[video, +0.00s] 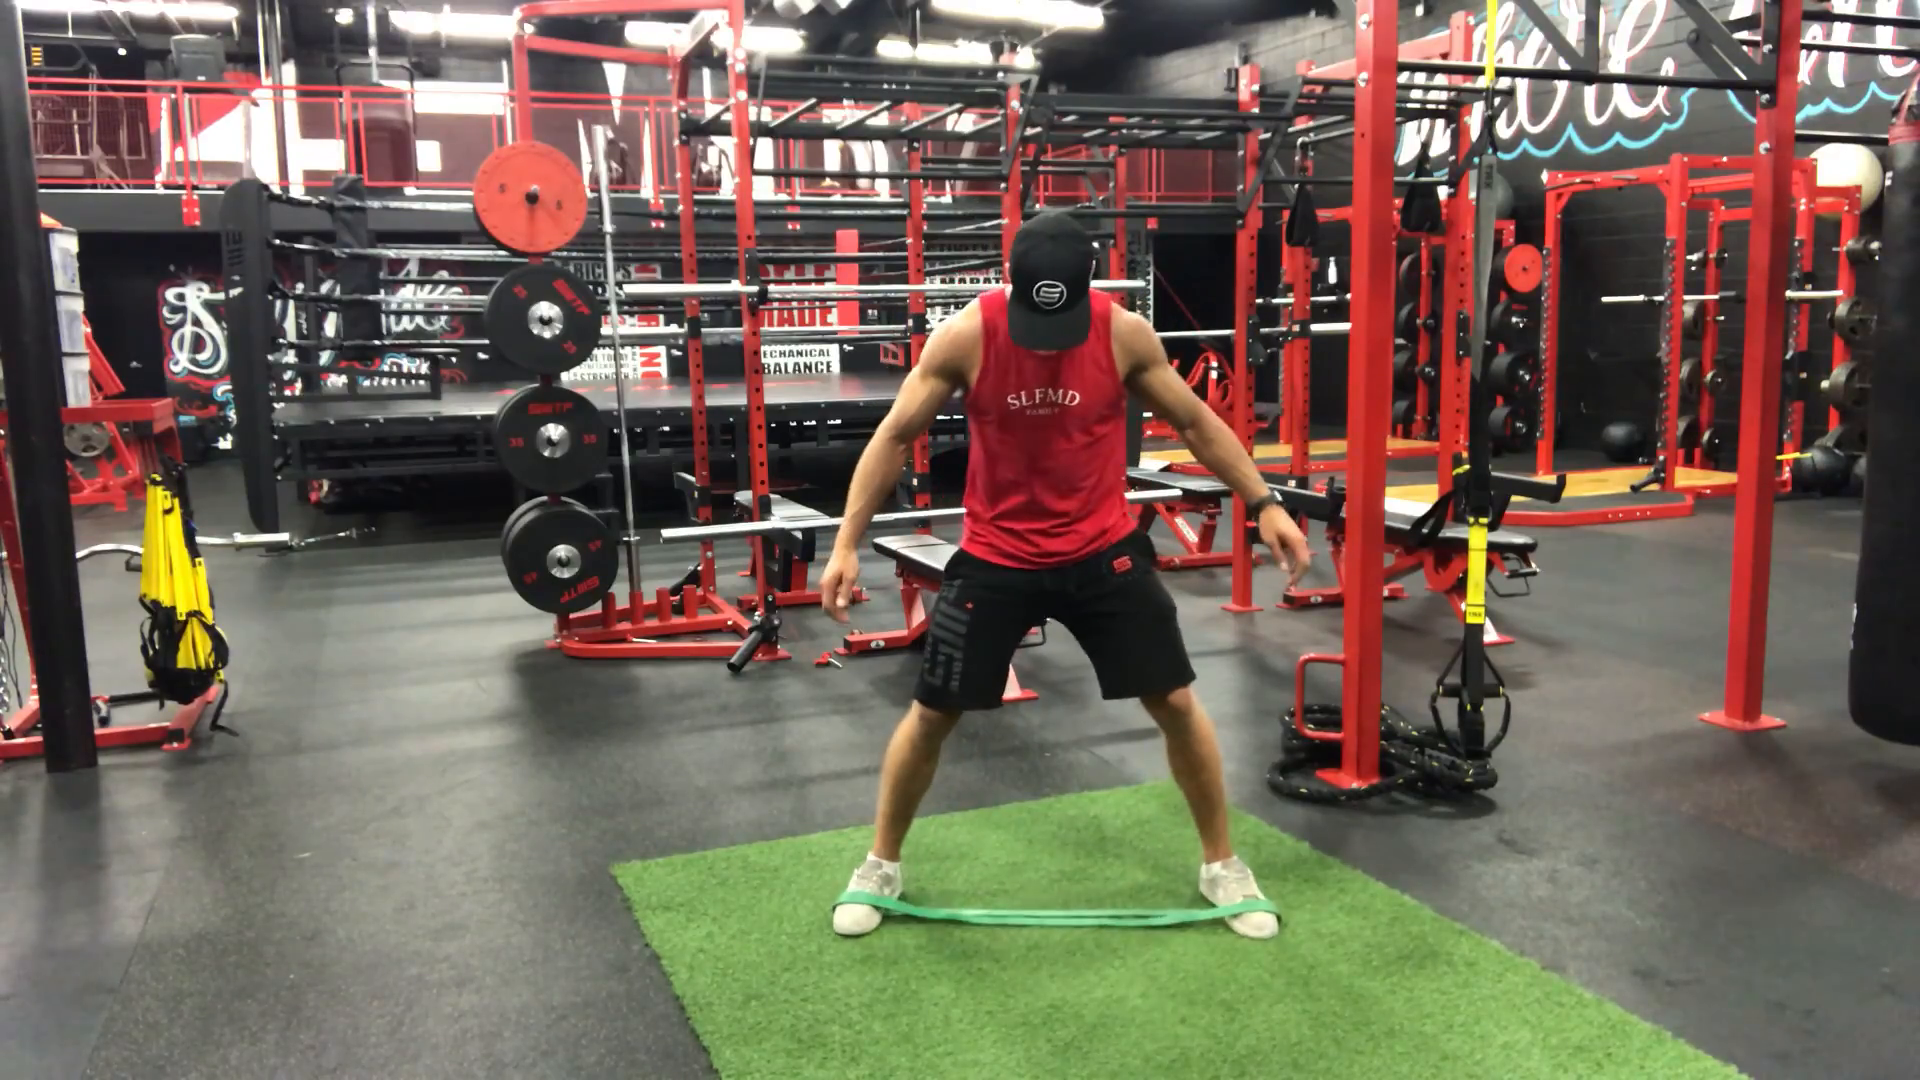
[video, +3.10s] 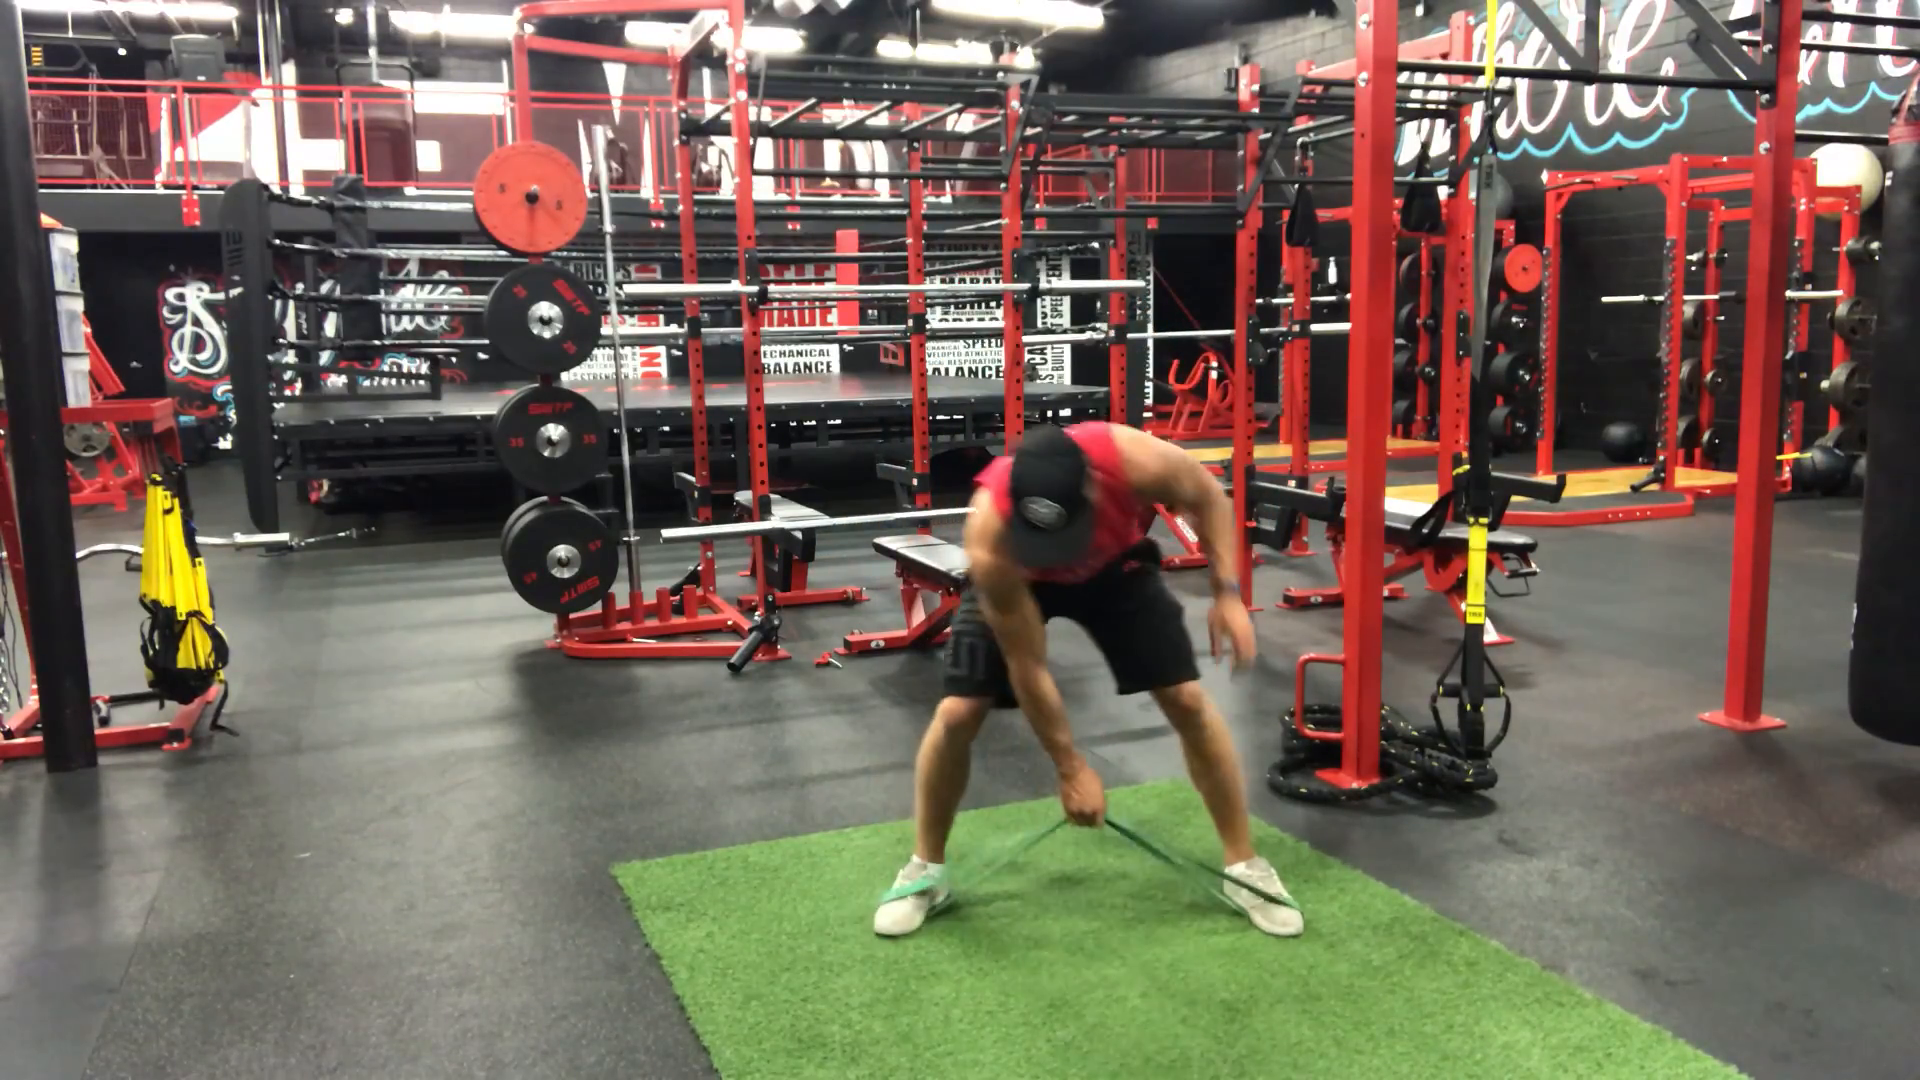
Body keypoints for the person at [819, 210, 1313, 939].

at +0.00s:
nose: (1047, 334)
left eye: (1062, 319)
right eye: (1034, 319)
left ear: (1088, 288)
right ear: (1012, 284)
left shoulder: (1125, 336)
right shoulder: (964, 338)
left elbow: (1197, 422)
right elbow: (892, 437)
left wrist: (1265, 503)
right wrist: (845, 544)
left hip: (1105, 550)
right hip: (995, 554)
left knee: (1176, 702)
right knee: (933, 709)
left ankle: (1222, 863)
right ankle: (881, 863)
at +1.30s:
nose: (1056, 364)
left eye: (1071, 349)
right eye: (1043, 349)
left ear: (1098, 318)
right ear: (1019, 317)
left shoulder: (1137, 363)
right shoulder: (975, 373)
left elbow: (1204, 462)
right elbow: (923, 488)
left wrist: (1215, 561)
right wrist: (914, 608)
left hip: (1110, 557)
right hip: (1001, 559)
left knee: (1183, 697)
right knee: (930, 704)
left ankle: (1242, 862)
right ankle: (874, 863)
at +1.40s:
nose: (1061, 437)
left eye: (1076, 426)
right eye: (1047, 426)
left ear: (1104, 395)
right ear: (1024, 393)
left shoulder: (1143, 412)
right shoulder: (981, 421)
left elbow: (1191, 515)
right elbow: (940, 553)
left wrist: (1193, 622)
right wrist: (952, 677)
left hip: (1109, 564)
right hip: (1000, 567)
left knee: (1187, 696)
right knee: (927, 703)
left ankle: (1243, 864)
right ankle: (873, 861)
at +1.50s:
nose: (1065, 532)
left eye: (1080, 523)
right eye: (1050, 524)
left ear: (1107, 478)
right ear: (1026, 481)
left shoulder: (1143, 458)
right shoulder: (985, 489)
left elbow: (1177, 553)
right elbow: (967, 627)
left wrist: (1168, 657)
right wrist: (984, 748)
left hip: (1112, 566)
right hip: (1005, 572)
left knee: (1192, 694)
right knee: (922, 701)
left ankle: (1243, 863)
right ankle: (872, 860)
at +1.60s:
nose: (1061, 603)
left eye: (1076, 590)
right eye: (1047, 591)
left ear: (1109, 544)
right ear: (1025, 552)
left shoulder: (1145, 501)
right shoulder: (989, 559)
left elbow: (1166, 576)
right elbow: (989, 694)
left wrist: (1150, 671)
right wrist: (1012, 809)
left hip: (1116, 574)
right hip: (1003, 577)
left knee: (1195, 692)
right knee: (922, 703)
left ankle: (1243, 862)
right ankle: (872, 861)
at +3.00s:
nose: (1090, 566)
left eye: (1107, 556)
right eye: (1079, 556)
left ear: (1143, 514)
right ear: (1059, 528)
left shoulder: (1181, 480)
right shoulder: (1027, 542)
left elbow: (1240, 546)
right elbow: (1039, 685)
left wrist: (1233, 643)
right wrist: (1066, 789)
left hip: (1137, 569)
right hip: (1037, 571)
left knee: (1207, 702)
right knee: (955, 698)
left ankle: (1246, 864)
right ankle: (905, 853)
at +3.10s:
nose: (1047, 554)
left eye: (1060, 542)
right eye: (1033, 545)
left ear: (1092, 490)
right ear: (1012, 505)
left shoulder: (1132, 459)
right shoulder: (987, 532)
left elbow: (1209, 497)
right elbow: (1028, 665)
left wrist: (1227, 590)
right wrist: (1069, 769)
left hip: (1113, 567)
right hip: (1013, 581)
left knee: (1189, 702)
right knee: (956, 716)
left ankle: (1243, 863)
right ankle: (925, 866)